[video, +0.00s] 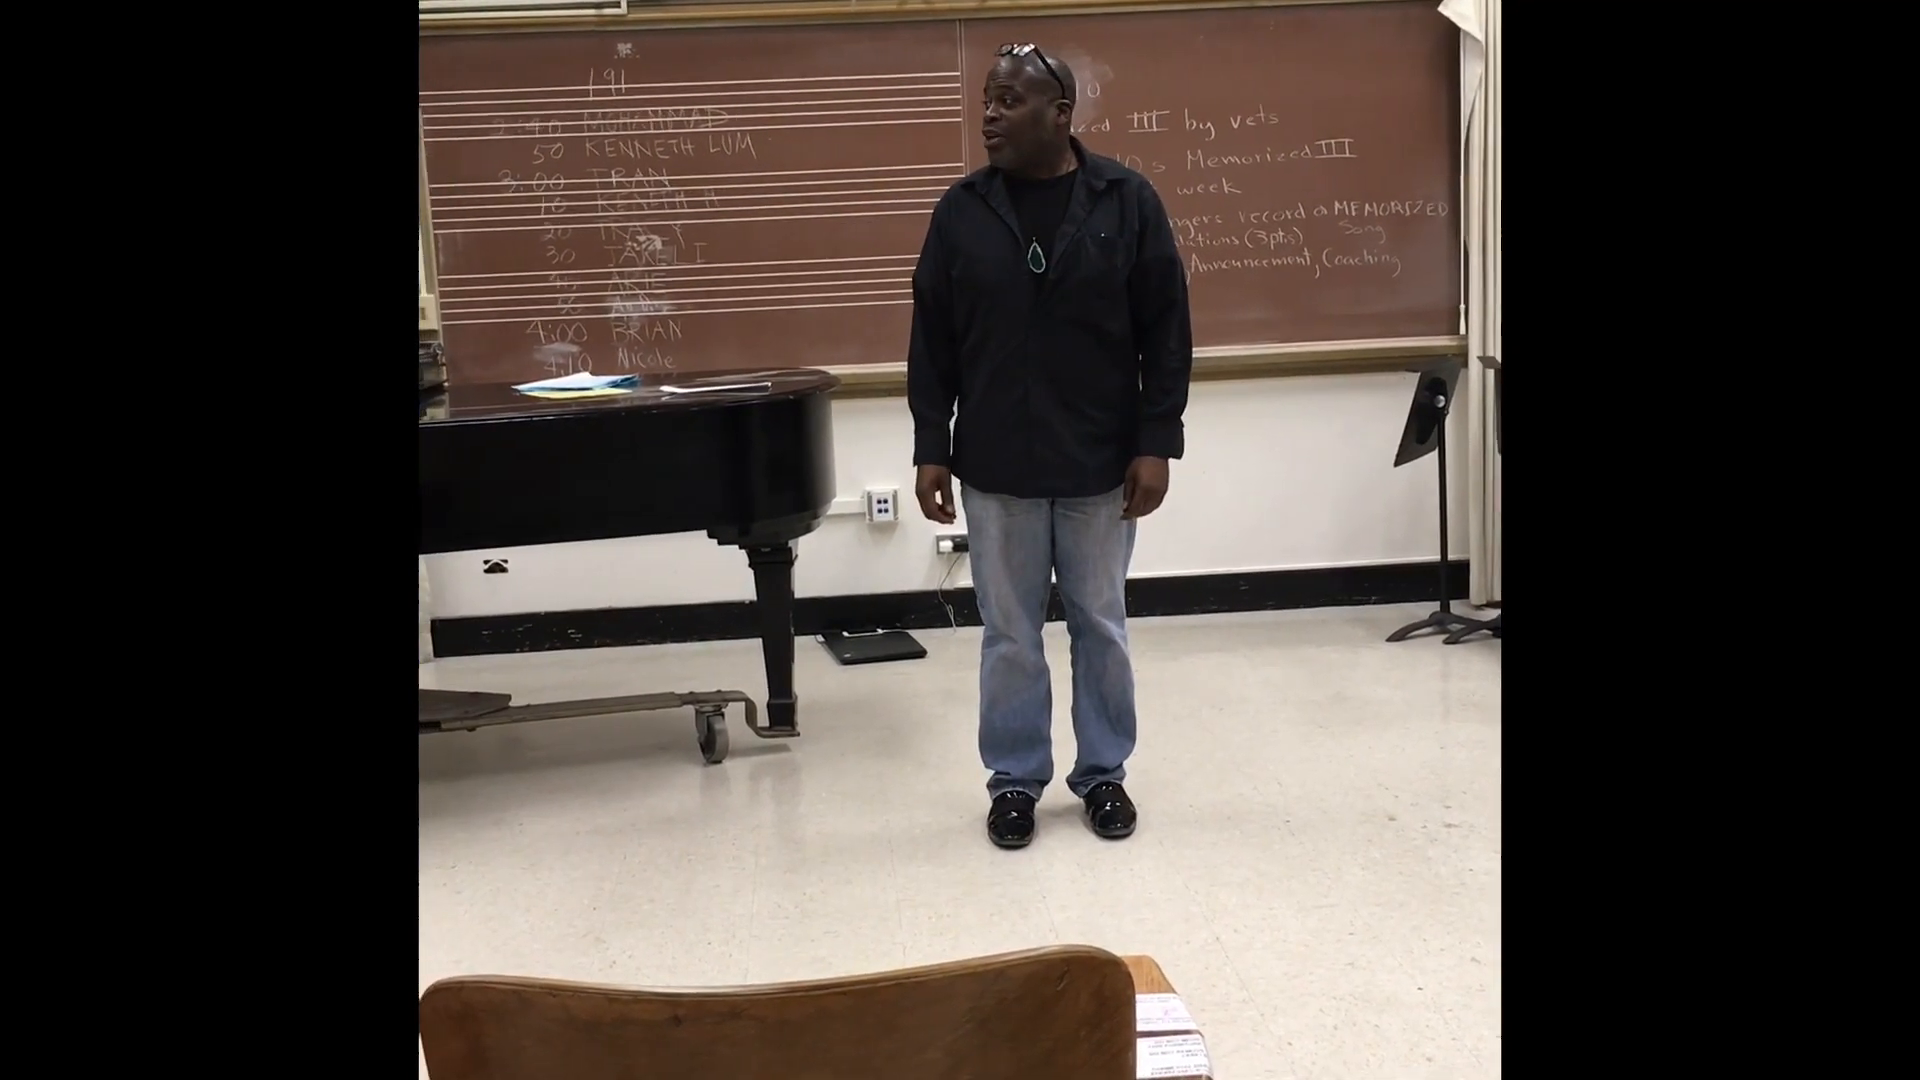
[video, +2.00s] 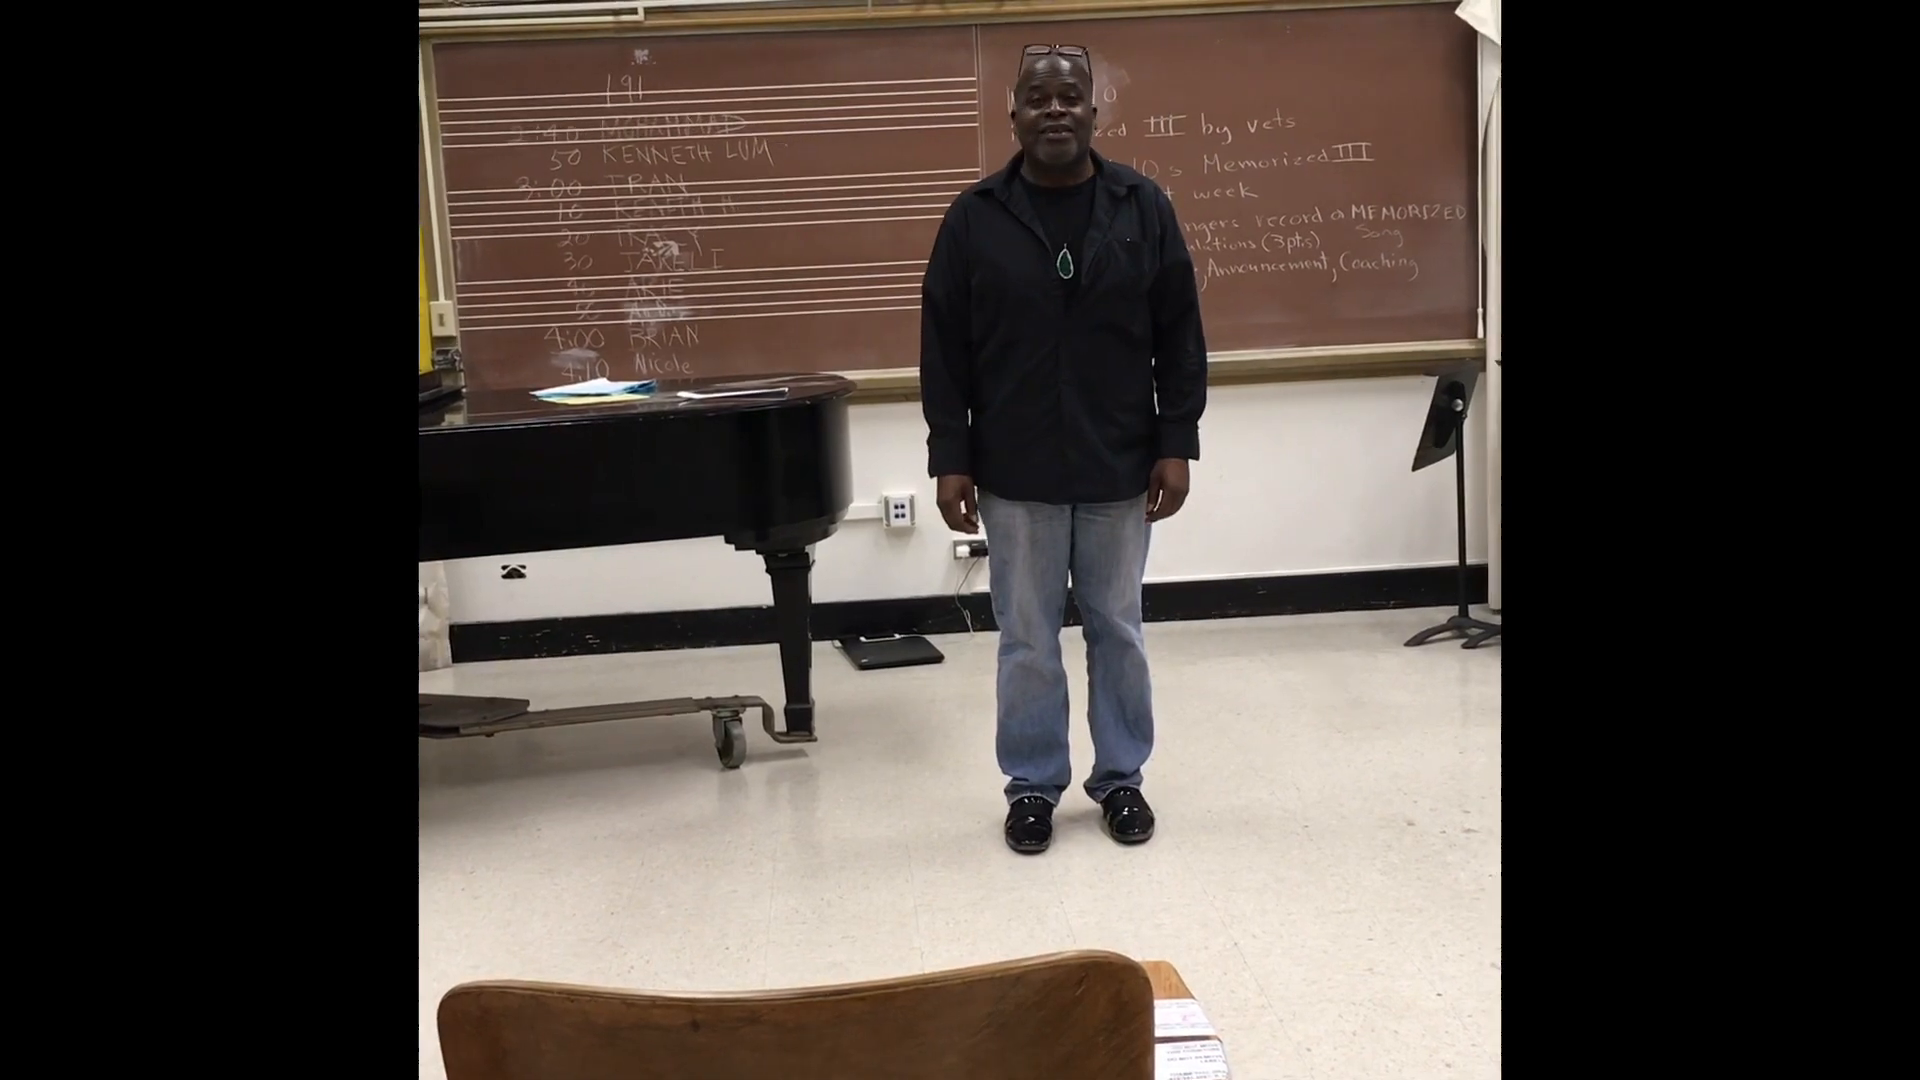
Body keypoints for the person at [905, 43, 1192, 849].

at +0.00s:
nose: (990, 116)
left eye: (1009, 101)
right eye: (988, 102)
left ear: (1061, 112)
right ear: (986, 112)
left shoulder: (1127, 200)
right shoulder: (962, 210)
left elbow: (1165, 331)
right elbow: (932, 337)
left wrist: (1156, 446)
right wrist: (930, 451)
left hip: (1100, 455)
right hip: (995, 458)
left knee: (1100, 626)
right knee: (1009, 632)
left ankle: (1103, 775)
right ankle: (1013, 779)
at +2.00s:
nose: (1054, 113)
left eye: (1070, 100)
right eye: (1038, 100)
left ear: (1096, 111)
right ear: (1014, 114)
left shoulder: (1143, 208)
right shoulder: (973, 217)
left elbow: (1180, 336)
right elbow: (943, 345)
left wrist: (1176, 447)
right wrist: (950, 460)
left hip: (1118, 458)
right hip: (1015, 462)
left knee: (1117, 629)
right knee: (1026, 636)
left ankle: (1120, 778)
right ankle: (1031, 785)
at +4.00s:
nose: (1069, 112)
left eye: (1079, 99)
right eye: (1049, 101)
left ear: (1096, 112)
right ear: (1013, 120)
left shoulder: (1139, 207)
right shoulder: (969, 219)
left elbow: (1176, 336)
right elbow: (940, 351)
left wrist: (1172, 448)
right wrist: (950, 467)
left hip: (1116, 459)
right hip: (1012, 465)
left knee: (1114, 631)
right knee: (1022, 638)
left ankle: (1116, 779)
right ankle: (1026, 787)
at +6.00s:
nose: (994, 107)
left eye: (1013, 95)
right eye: (990, 95)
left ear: (1063, 107)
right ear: (984, 106)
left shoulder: (1120, 200)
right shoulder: (953, 207)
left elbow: (1156, 330)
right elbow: (921, 334)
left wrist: (1146, 445)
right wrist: (921, 449)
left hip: (1091, 452)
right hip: (988, 454)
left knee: (1090, 623)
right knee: (1000, 629)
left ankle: (1093, 771)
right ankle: (1003, 777)